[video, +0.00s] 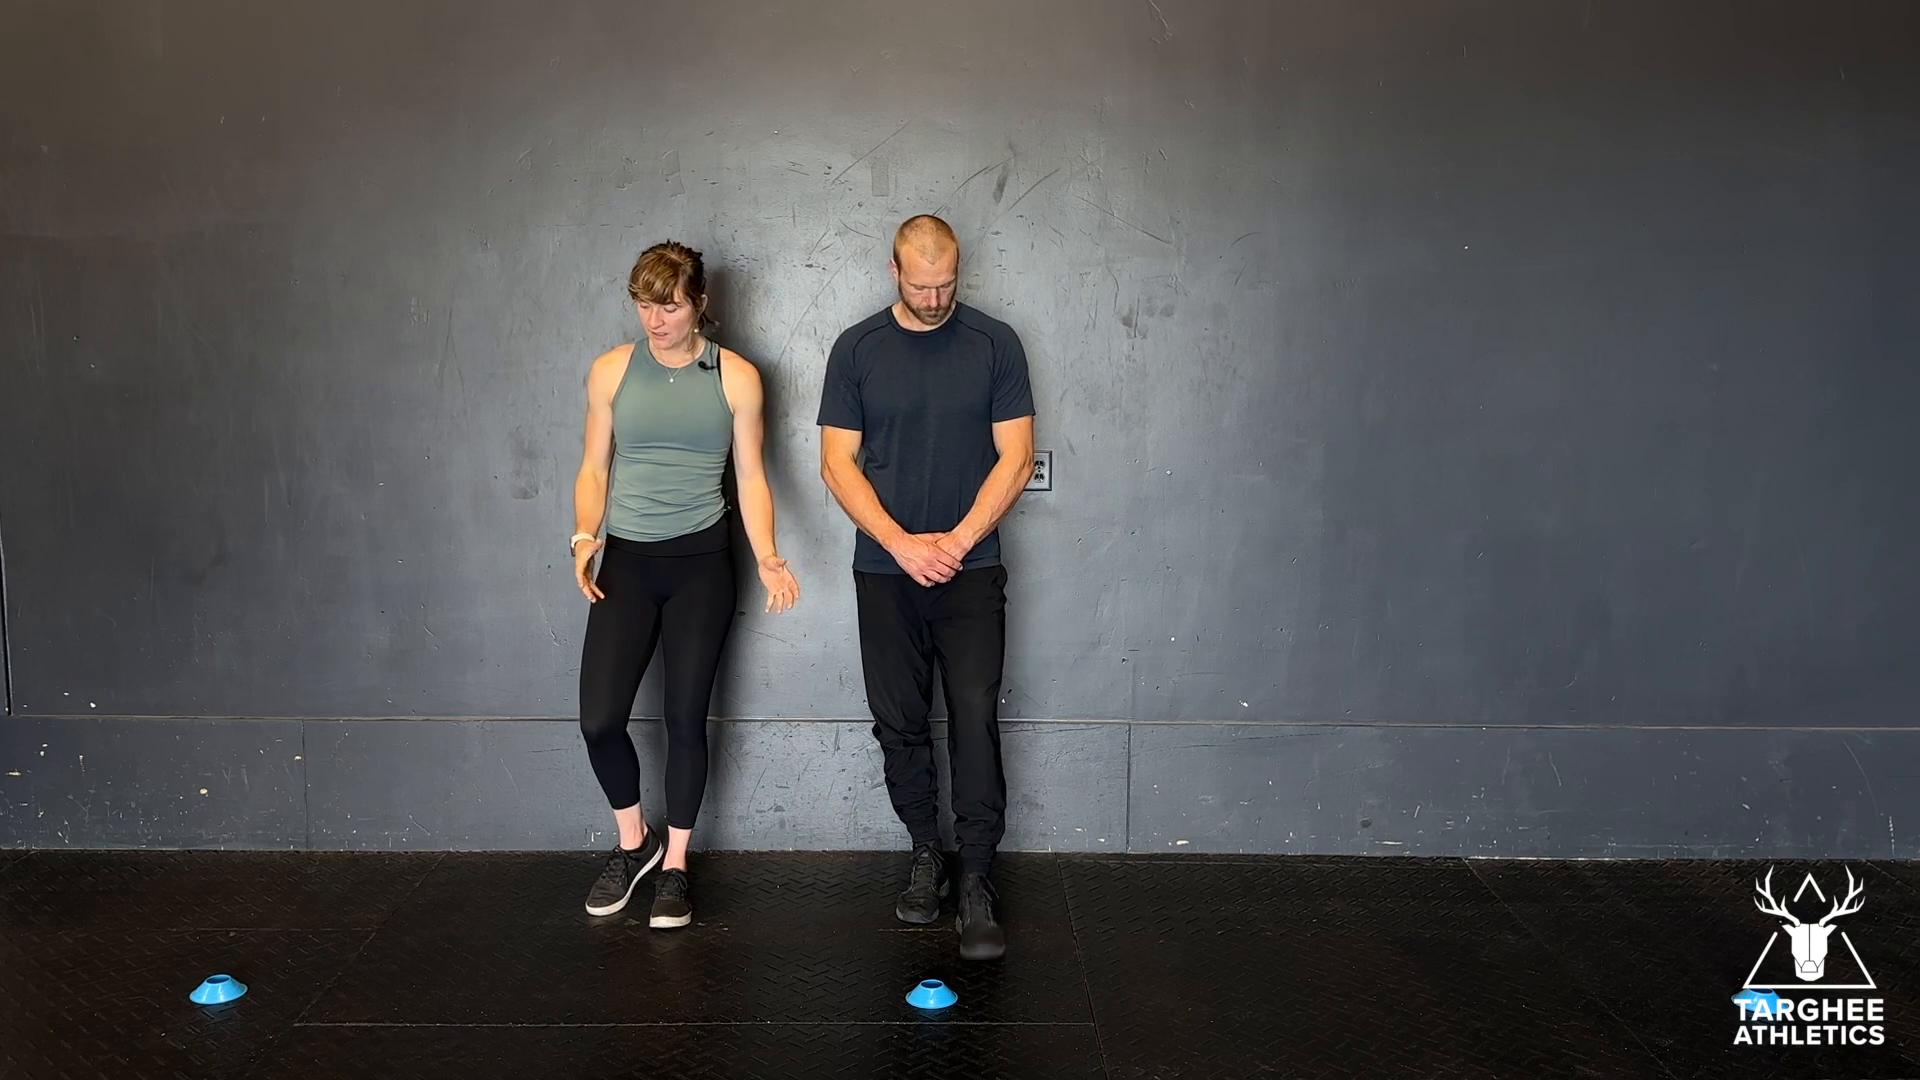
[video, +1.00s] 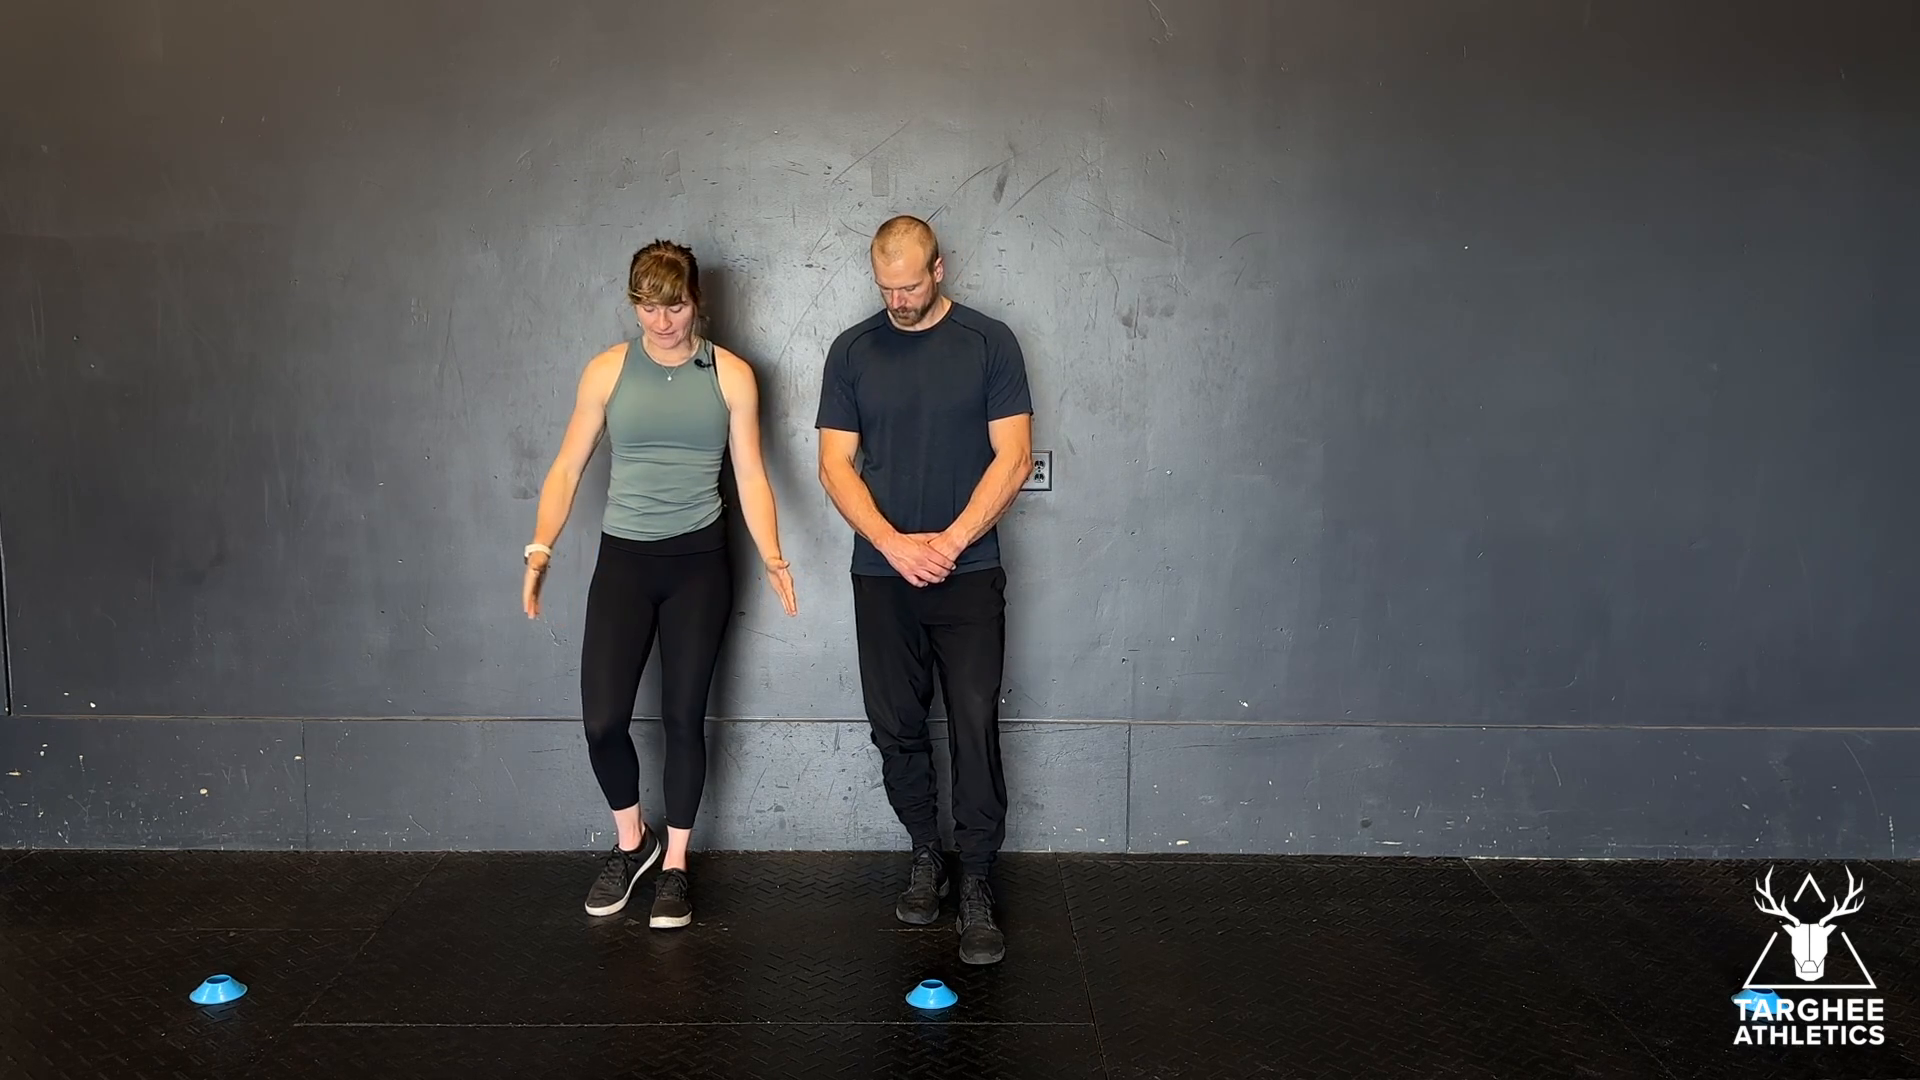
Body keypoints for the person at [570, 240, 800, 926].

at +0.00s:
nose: (654, 319)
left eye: (667, 306)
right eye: (646, 305)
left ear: (698, 304)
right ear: (635, 305)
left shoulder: (736, 377)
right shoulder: (612, 369)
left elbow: (751, 475)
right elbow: (594, 467)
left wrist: (768, 557)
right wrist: (585, 538)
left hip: (703, 560)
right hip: (624, 561)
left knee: (686, 716)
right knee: (600, 719)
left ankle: (675, 866)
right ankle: (636, 843)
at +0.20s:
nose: (662, 320)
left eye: (674, 307)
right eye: (651, 307)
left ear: (698, 302)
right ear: (638, 304)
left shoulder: (736, 375)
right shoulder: (611, 369)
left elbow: (755, 472)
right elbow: (590, 465)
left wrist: (757, 553)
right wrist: (576, 533)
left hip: (703, 559)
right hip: (625, 559)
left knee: (685, 714)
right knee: (599, 717)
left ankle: (676, 864)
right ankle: (635, 843)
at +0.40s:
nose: (673, 322)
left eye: (683, 309)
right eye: (659, 311)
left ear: (701, 305)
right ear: (641, 309)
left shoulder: (736, 376)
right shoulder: (610, 372)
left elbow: (749, 474)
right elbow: (591, 469)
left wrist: (755, 557)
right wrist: (574, 544)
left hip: (705, 560)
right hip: (626, 560)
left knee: (686, 715)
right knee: (601, 718)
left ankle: (676, 863)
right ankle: (634, 840)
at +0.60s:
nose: (676, 321)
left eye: (685, 307)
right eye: (662, 309)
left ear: (701, 302)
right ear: (641, 307)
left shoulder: (735, 374)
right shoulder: (609, 372)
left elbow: (752, 475)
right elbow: (589, 471)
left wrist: (767, 561)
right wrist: (588, 550)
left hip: (704, 560)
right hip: (625, 562)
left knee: (687, 717)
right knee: (608, 721)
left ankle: (677, 865)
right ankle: (635, 843)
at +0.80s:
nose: (674, 321)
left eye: (684, 308)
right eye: (660, 309)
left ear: (700, 302)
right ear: (639, 306)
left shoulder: (733, 375)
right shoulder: (609, 371)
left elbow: (748, 475)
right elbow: (582, 472)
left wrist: (767, 559)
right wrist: (578, 557)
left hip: (702, 560)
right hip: (624, 561)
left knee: (686, 717)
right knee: (606, 721)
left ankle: (675, 868)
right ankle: (633, 842)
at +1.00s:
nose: (664, 321)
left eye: (675, 308)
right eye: (651, 310)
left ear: (694, 303)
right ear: (635, 307)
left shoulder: (730, 375)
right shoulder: (607, 370)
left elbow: (751, 475)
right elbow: (567, 467)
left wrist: (773, 557)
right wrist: (538, 552)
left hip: (700, 561)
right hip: (623, 561)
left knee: (683, 714)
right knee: (602, 721)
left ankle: (675, 865)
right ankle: (631, 842)